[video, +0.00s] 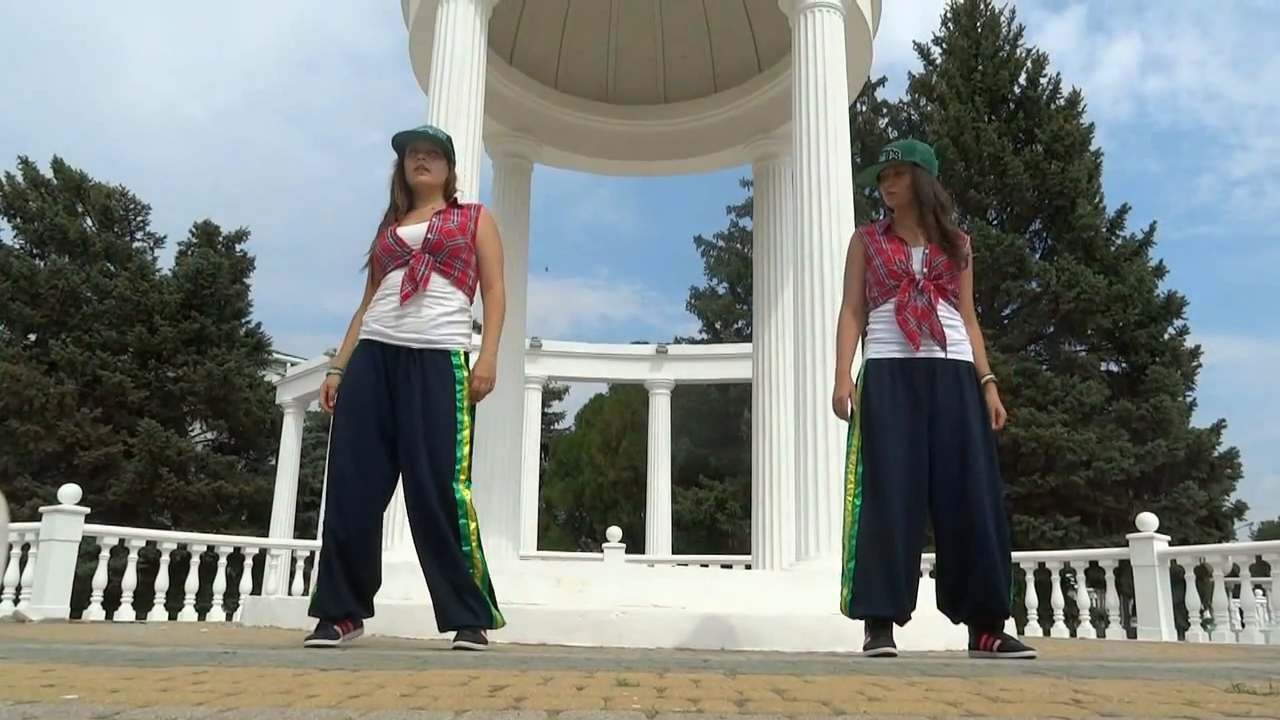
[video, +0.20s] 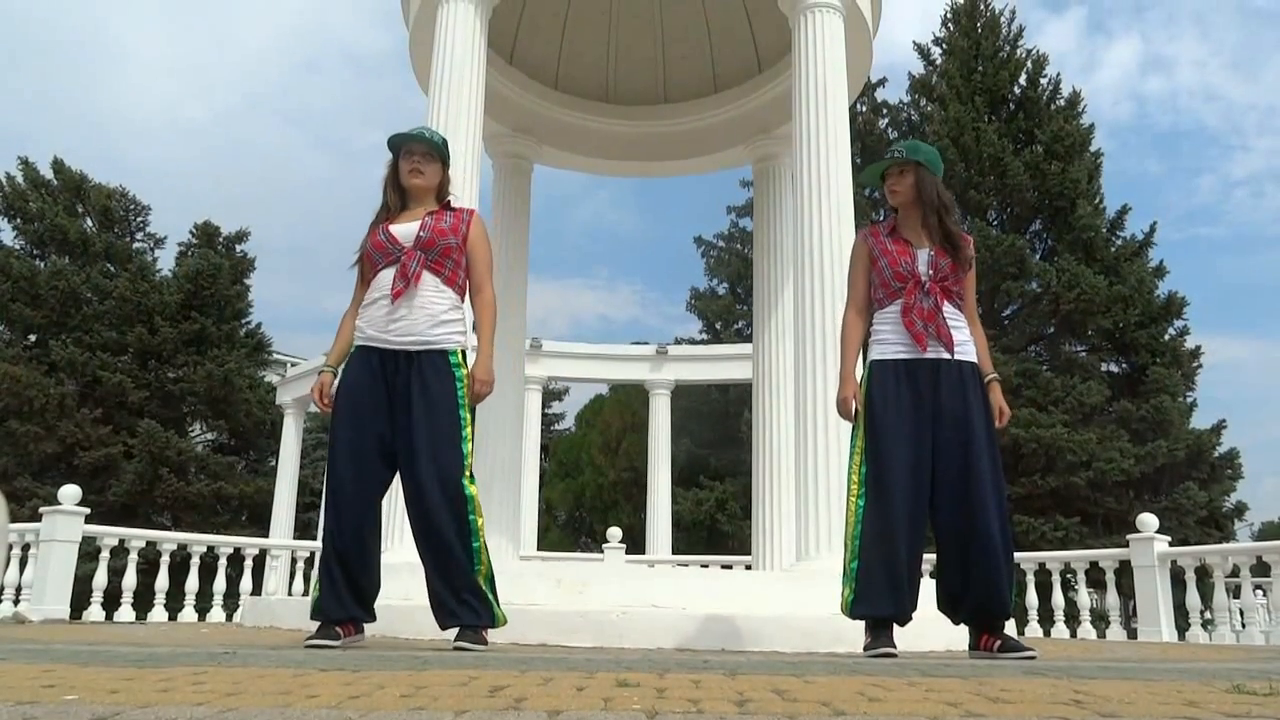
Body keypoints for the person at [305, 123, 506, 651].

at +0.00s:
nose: (421, 160)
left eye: (431, 154)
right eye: (413, 154)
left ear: (449, 167)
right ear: (401, 167)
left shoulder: (473, 218)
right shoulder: (388, 231)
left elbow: (493, 290)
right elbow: (369, 304)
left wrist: (489, 357)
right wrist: (338, 366)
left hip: (438, 363)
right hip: (372, 361)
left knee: (438, 491)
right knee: (352, 488)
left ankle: (468, 621)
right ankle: (342, 614)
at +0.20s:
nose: (416, 163)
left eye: (427, 156)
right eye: (408, 156)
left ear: (444, 170)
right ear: (395, 167)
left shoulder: (464, 221)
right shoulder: (377, 232)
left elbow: (483, 293)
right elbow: (358, 306)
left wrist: (485, 359)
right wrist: (330, 365)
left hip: (435, 366)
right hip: (368, 366)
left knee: (439, 492)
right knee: (349, 491)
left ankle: (471, 620)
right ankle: (343, 617)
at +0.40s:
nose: (418, 164)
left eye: (429, 159)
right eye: (410, 157)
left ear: (444, 173)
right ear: (396, 168)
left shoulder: (460, 226)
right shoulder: (373, 231)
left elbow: (477, 296)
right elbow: (352, 303)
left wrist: (484, 361)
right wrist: (324, 365)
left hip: (436, 367)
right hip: (368, 368)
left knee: (445, 493)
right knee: (355, 493)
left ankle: (471, 620)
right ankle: (345, 618)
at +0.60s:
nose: (421, 165)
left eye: (432, 160)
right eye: (413, 158)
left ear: (448, 174)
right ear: (399, 168)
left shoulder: (459, 232)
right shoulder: (372, 231)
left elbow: (475, 303)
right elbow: (348, 302)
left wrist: (486, 367)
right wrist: (322, 362)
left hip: (440, 366)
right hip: (373, 369)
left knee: (447, 491)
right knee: (359, 491)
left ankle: (472, 621)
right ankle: (346, 618)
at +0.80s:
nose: (423, 165)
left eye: (434, 159)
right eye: (415, 157)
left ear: (451, 173)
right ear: (402, 167)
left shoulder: (462, 233)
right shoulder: (374, 231)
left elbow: (480, 304)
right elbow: (352, 299)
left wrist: (491, 368)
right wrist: (324, 359)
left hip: (445, 365)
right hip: (380, 369)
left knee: (450, 490)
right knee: (358, 488)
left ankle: (470, 623)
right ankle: (344, 620)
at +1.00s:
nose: (423, 164)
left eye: (433, 157)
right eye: (415, 157)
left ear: (451, 170)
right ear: (402, 167)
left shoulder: (467, 231)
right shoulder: (378, 232)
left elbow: (484, 303)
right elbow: (359, 303)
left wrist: (492, 367)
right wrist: (335, 360)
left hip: (447, 364)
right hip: (382, 368)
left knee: (451, 491)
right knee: (356, 488)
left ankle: (470, 623)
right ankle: (343, 619)